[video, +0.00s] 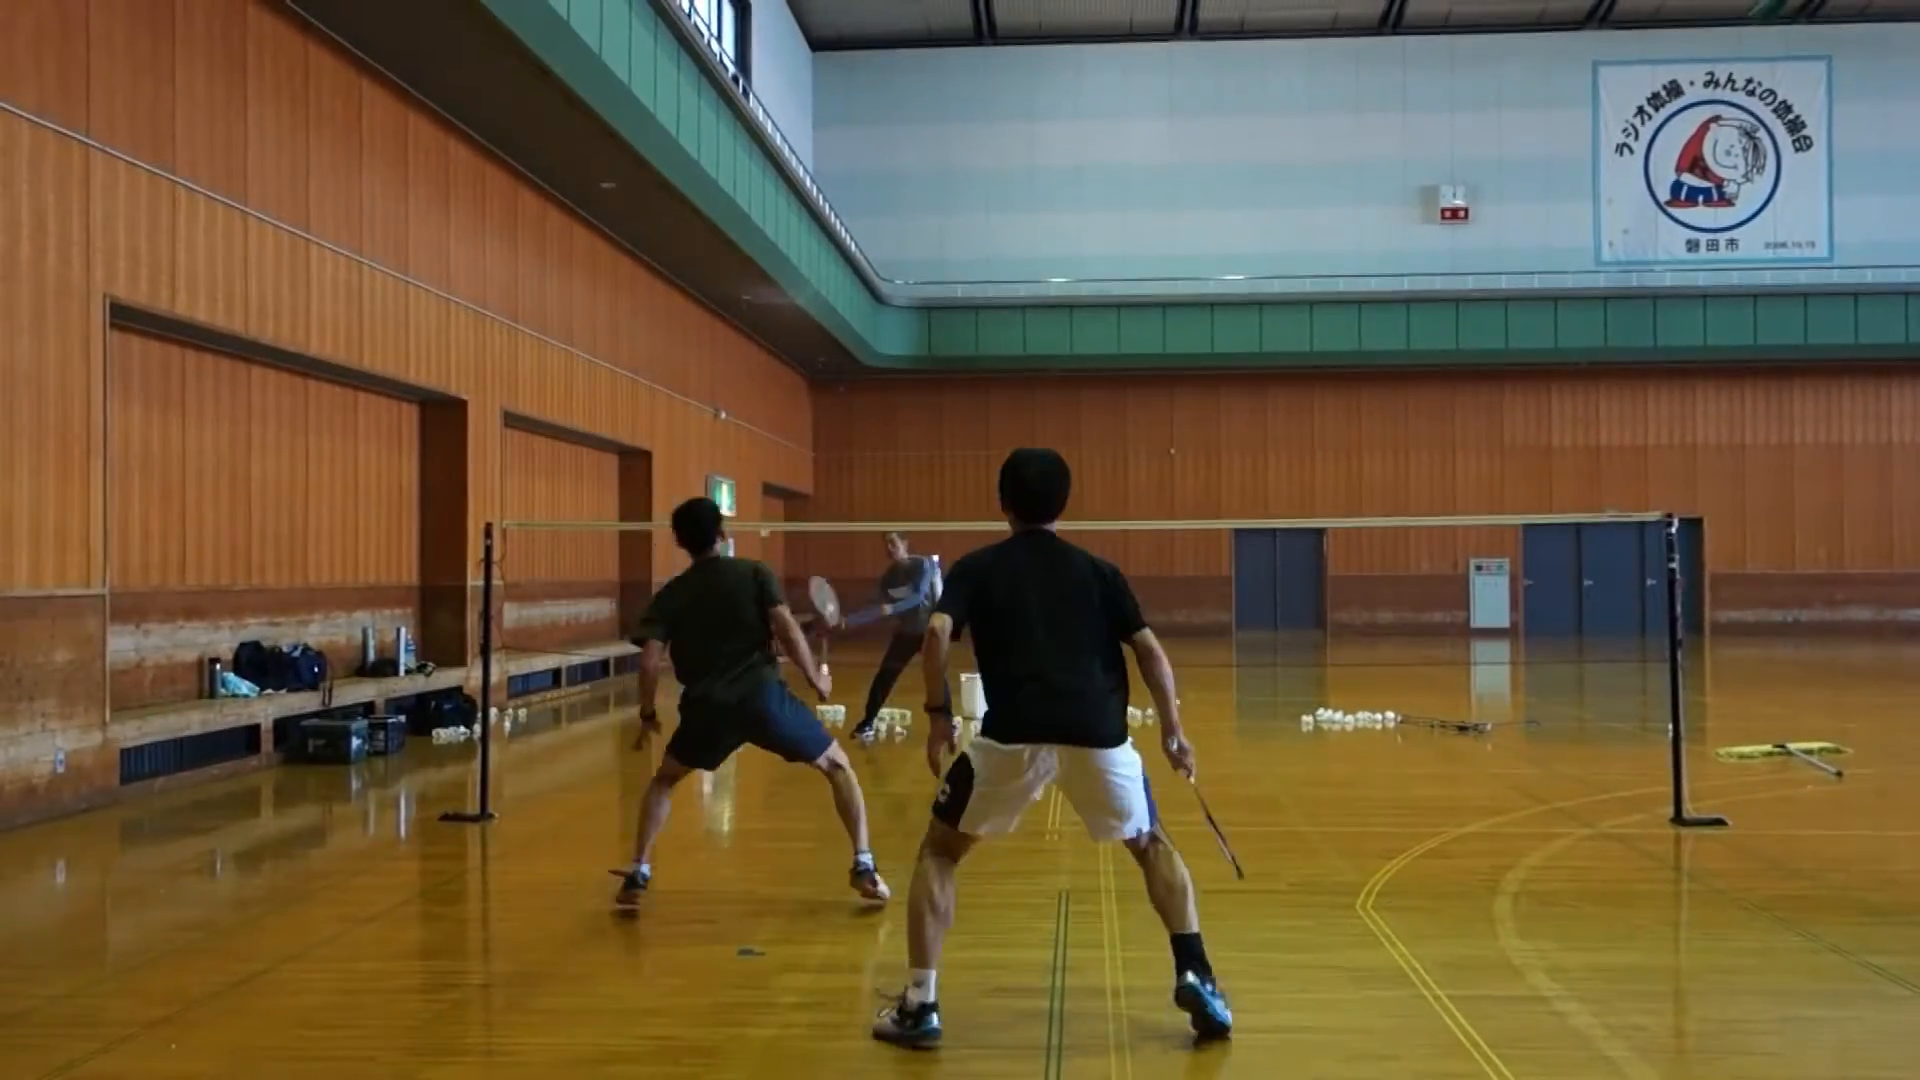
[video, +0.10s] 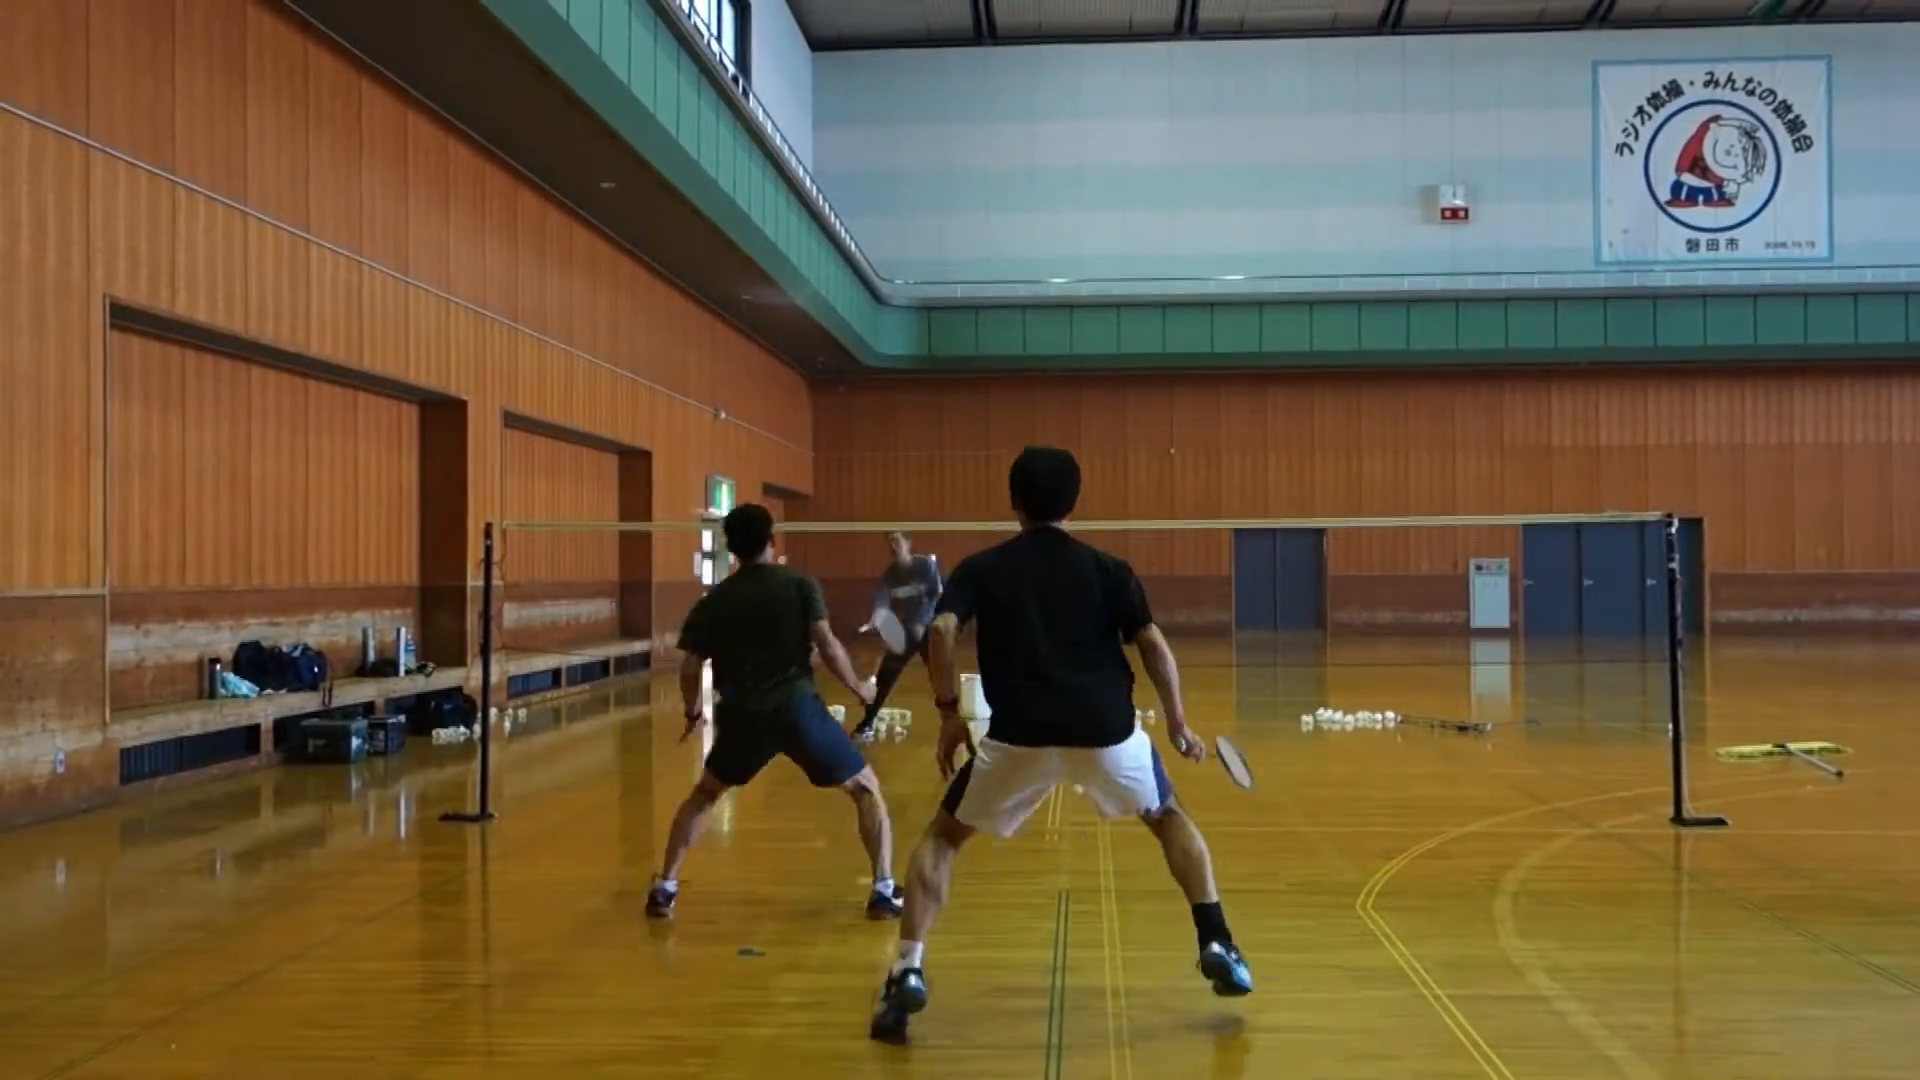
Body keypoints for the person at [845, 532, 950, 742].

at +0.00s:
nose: (890, 548)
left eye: (893, 543)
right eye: (887, 544)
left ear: (905, 543)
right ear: (886, 547)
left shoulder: (923, 565)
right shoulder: (888, 579)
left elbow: (920, 596)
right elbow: (883, 609)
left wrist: (893, 608)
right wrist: (849, 621)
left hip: (931, 629)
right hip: (907, 631)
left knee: (937, 674)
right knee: (886, 675)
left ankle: (948, 722)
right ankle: (868, 721)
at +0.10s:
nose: (895, 547)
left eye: (898, 541)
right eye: (891, 543)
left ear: (908, 542)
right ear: (889, 546)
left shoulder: (926, 565)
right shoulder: (890, 573)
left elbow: (936, 595)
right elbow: (881, 599)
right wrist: (874, 622)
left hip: (927, 630)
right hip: (902, 632)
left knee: (940, 676)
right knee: (885, 677)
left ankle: (953, 725)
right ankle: (867, 723)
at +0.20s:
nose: (896, 544)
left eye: (899, 539)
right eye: (892, 540)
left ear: (909, 541)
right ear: (890, 545)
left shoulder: (927, 563)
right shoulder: (890, 574)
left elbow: (946, 591)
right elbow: (894, 602)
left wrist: (941, 617)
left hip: (930, 629)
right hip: (905, 630)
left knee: (940, 676)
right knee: (885, 674)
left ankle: (950, 721)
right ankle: (867, 717)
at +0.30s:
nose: (898, 545)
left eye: (901, 540)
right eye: (894, 542)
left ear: (910, 542)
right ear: (891, 546)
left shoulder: (928, 563)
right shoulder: (892, 574)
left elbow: (949, 587)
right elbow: (901, 599)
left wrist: (950, 614)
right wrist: (927, 608)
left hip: (930, 627)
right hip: (906, 629)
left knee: (937, 674)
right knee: (894, 672)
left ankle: (949, 719)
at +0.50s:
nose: (899, 546)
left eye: (901, 541)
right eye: (894, 543)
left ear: (908, 542)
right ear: (889, 548)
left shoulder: (926, 565)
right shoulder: (887, 576)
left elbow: (942, 593)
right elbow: (888, 610)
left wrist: (941, 622)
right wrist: (907, 627)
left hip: (929, 633)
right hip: (901, 635)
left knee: (939, 678)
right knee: (884, 676)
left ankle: (938, 725)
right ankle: (868, 722)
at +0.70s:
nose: (890, 544)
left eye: (893, 538)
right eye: (885, 540)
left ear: (900, 541)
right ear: (880, 545)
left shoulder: (920, 564)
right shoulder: (880, 574)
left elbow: (939, 589)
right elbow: (877, 604)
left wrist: (929, 608)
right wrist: (877, 625)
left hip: (923, 631)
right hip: (897, 631)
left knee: (934, 678)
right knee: (879, 678)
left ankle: (948, 721)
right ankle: (867, 723)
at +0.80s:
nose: (884, 546)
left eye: (886, 541)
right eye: (879, 542)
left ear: (895, 542)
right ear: (876, 547)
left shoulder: (913, 565)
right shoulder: (879, 572)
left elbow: (924, 595)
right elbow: (876, 601)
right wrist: (870, 624)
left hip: (917, 631)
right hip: (891, 631)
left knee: (934, 677)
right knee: (878, 676)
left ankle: (949, 721)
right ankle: (867, 721)